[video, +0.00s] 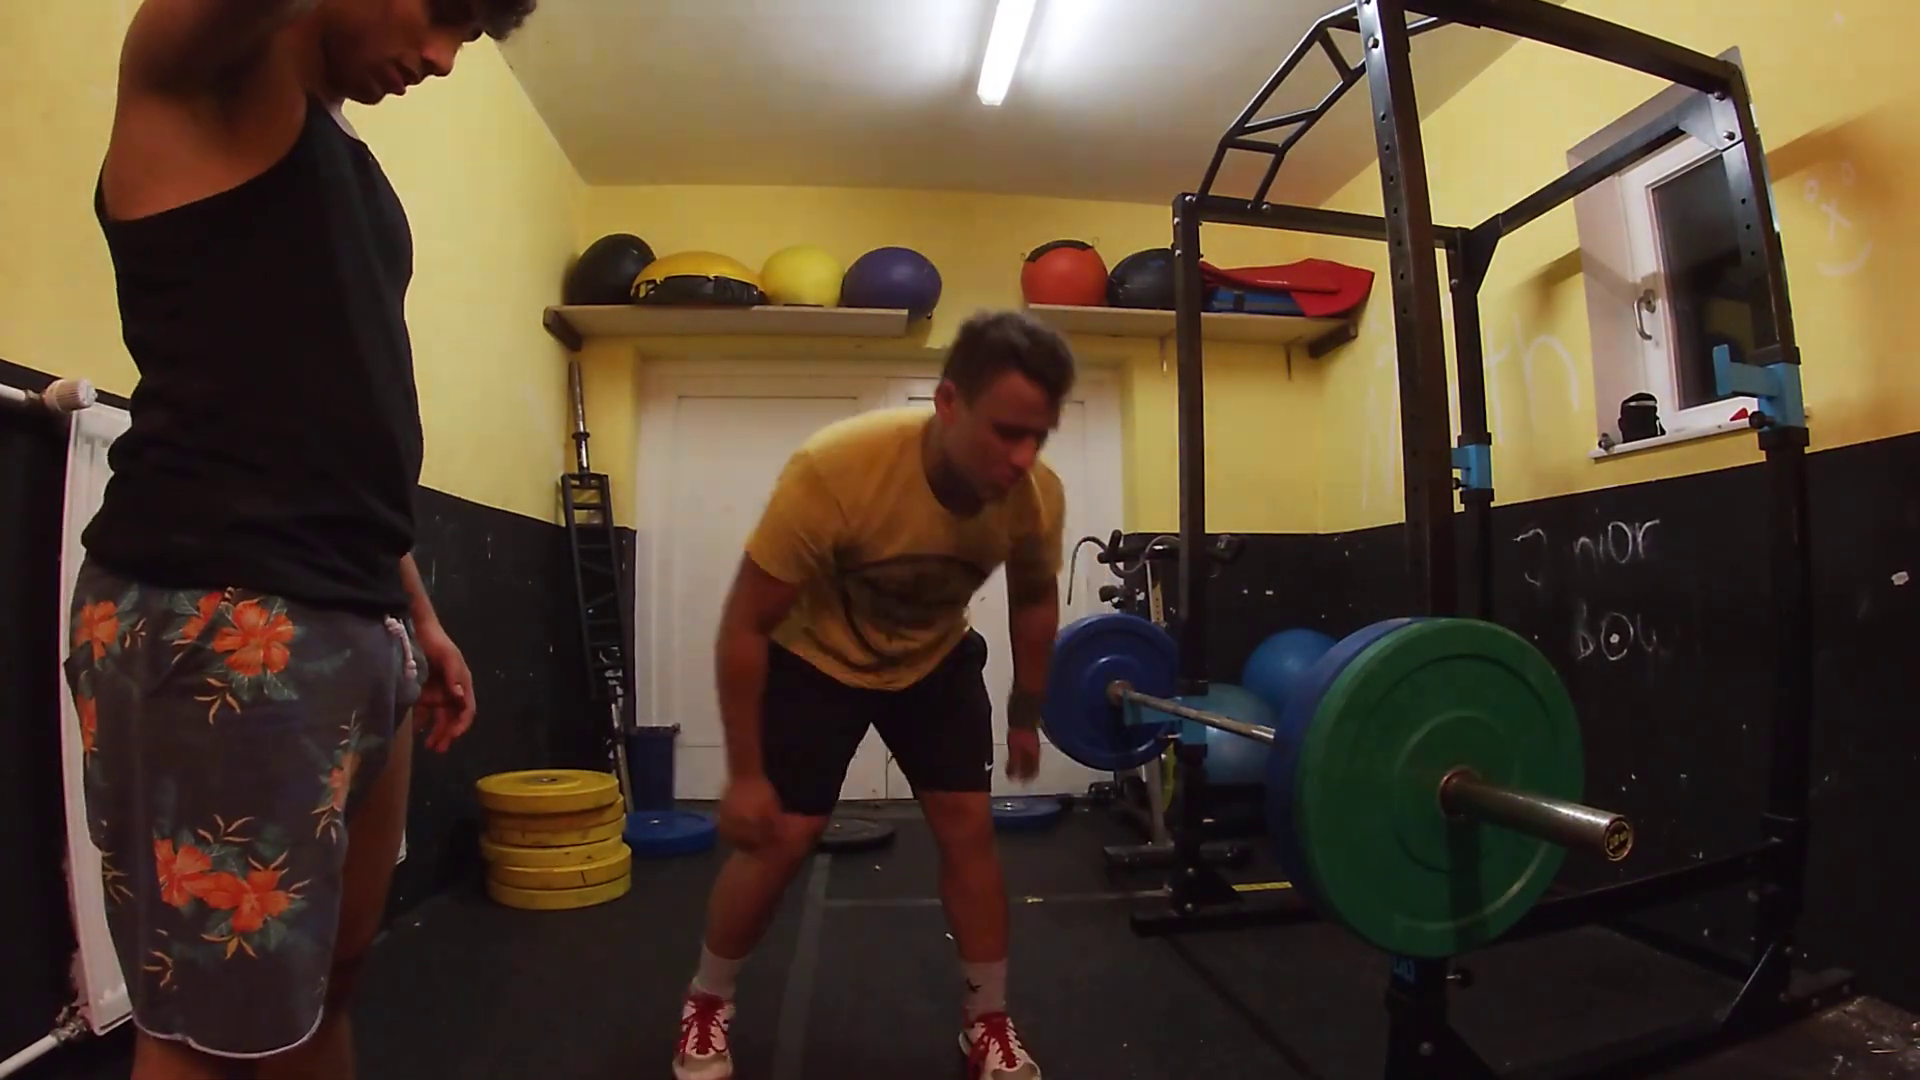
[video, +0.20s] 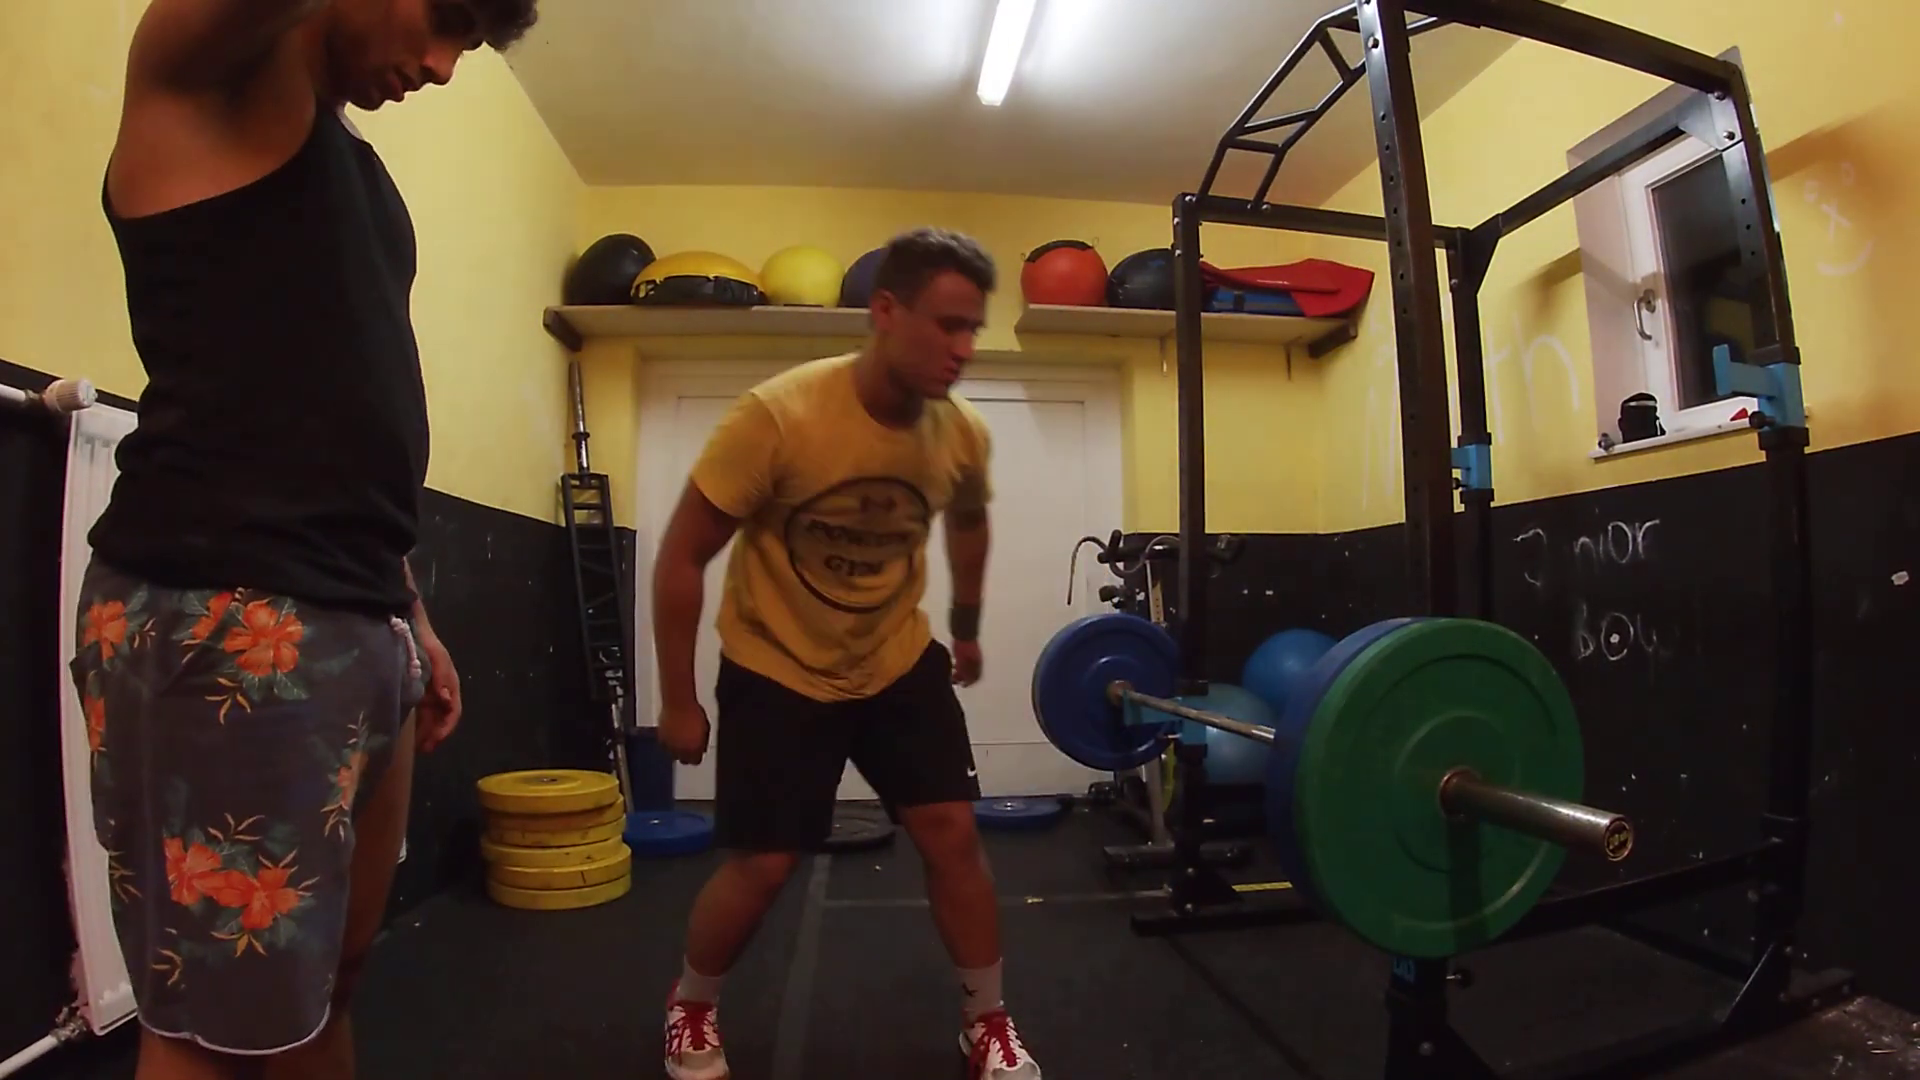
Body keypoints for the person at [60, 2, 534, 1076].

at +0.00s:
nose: (443, 59)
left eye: (467, 40)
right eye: (445, 19)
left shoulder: (340, 151)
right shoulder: (198, 77)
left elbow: (341, 405)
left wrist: (414, 608)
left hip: (354, 622)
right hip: (221, 621)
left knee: (326, 996)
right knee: (214, 1041)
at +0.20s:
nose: (442, 68)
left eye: (466, 50)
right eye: (448, 26)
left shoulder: (349, 159)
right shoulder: (207, 71)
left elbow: (339, 405)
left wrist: (405, 608)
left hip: (354, 621)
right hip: (228, 620)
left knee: (324, 1001)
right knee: (213, 1037)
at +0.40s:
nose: (441, 72)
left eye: (465, 55)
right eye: (447, 31)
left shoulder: (354, 160)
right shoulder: (209, 72)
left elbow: (340, 405)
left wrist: (410, 601)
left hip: (356, 619)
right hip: (230, 618)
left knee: (322, 1004)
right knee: (215, 1035)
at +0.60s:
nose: (441, 68)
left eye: (466, 50)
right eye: (446, 27)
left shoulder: (338, 146)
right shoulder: (195, 86)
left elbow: (343, 403)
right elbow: (305, 15)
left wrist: (417, 606)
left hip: (355, 617)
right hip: (226, 617)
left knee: (325, 995)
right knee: (216, 1033)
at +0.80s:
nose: (456, 52)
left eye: (474, 33)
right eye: (459, 15)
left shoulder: (344, 157)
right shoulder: (192, 72)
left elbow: (325, 420)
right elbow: (96, 298)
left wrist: (405, 613)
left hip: (343, 626)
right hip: (211, 625)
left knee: (314, 1002)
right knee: (204, 1037)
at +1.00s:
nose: (461, 33)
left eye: (476, 14)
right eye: (463, 1)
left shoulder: (338, 133)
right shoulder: (180, 57)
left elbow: (302, 405)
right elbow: (27, 331)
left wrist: (373, 610)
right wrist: (88, 687)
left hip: (336, 641)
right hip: (211, 636)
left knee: (317, 1014)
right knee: (191, 1051)